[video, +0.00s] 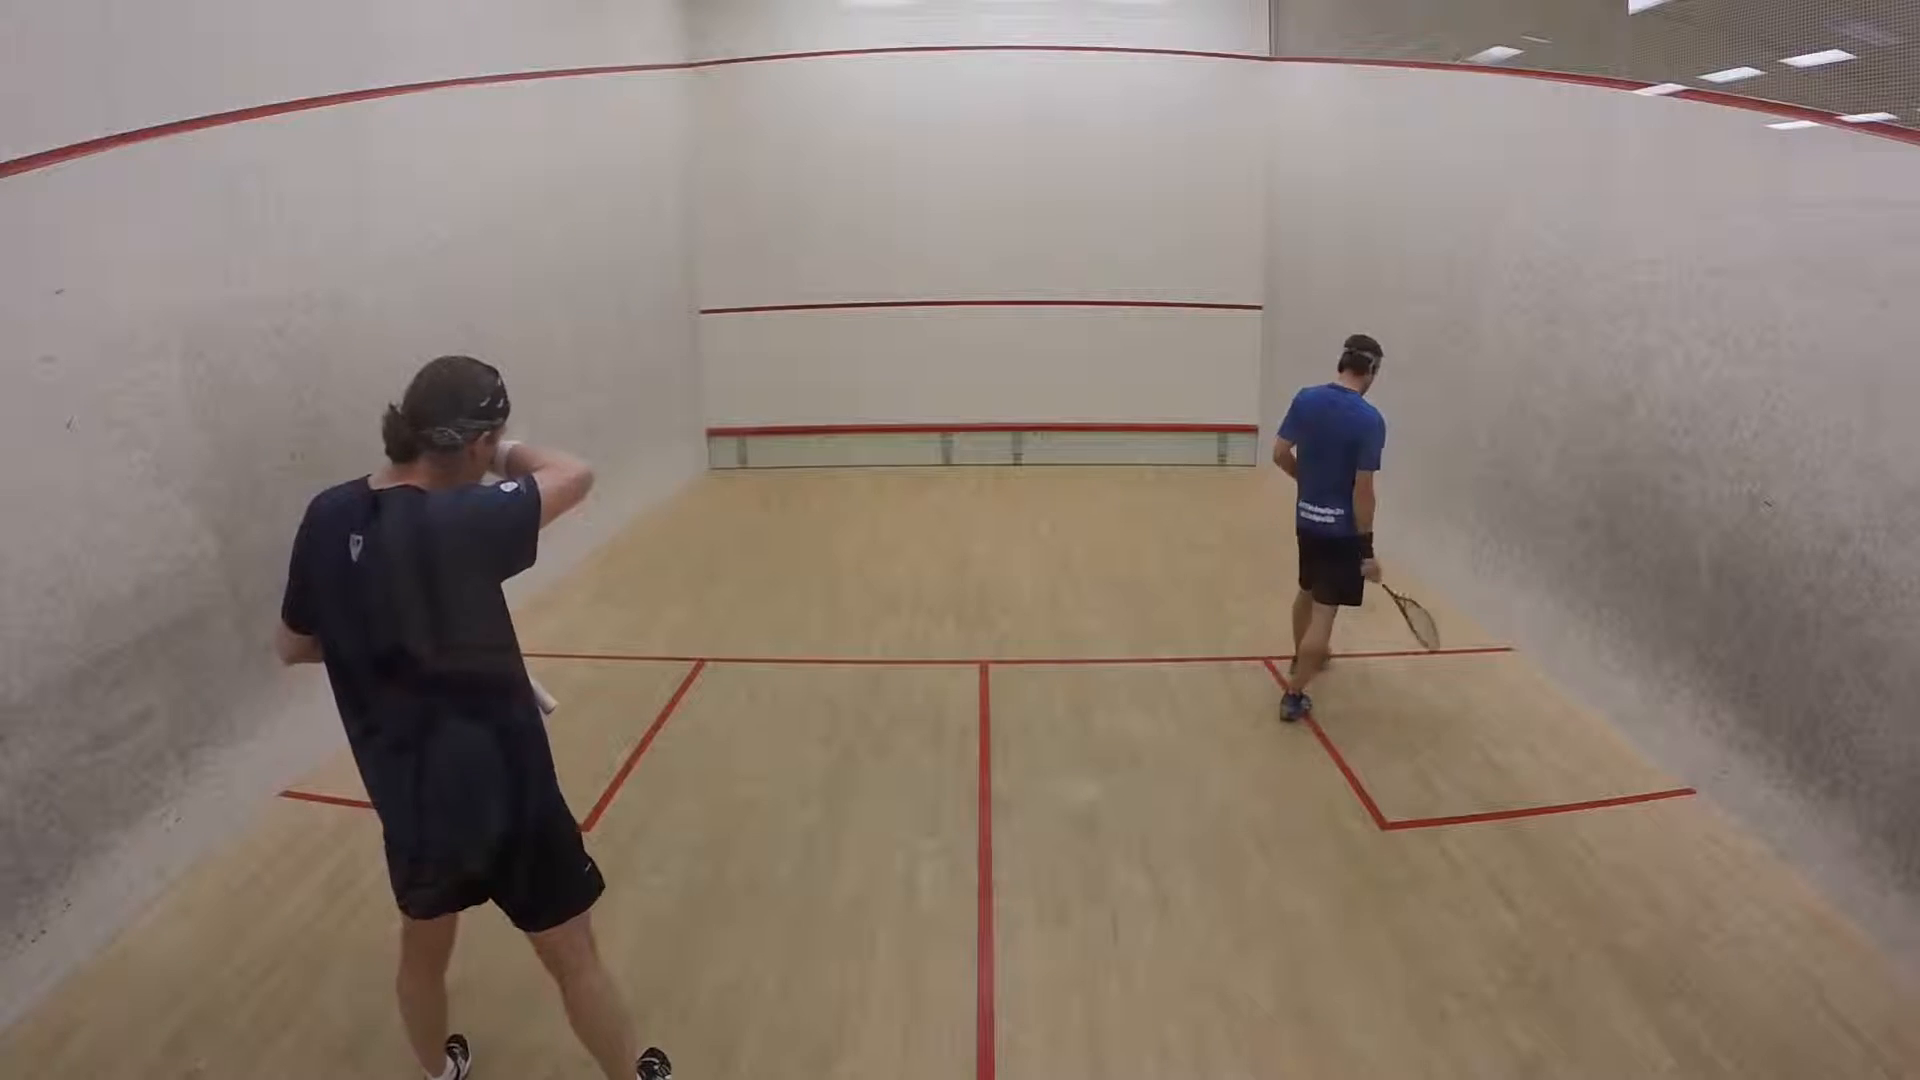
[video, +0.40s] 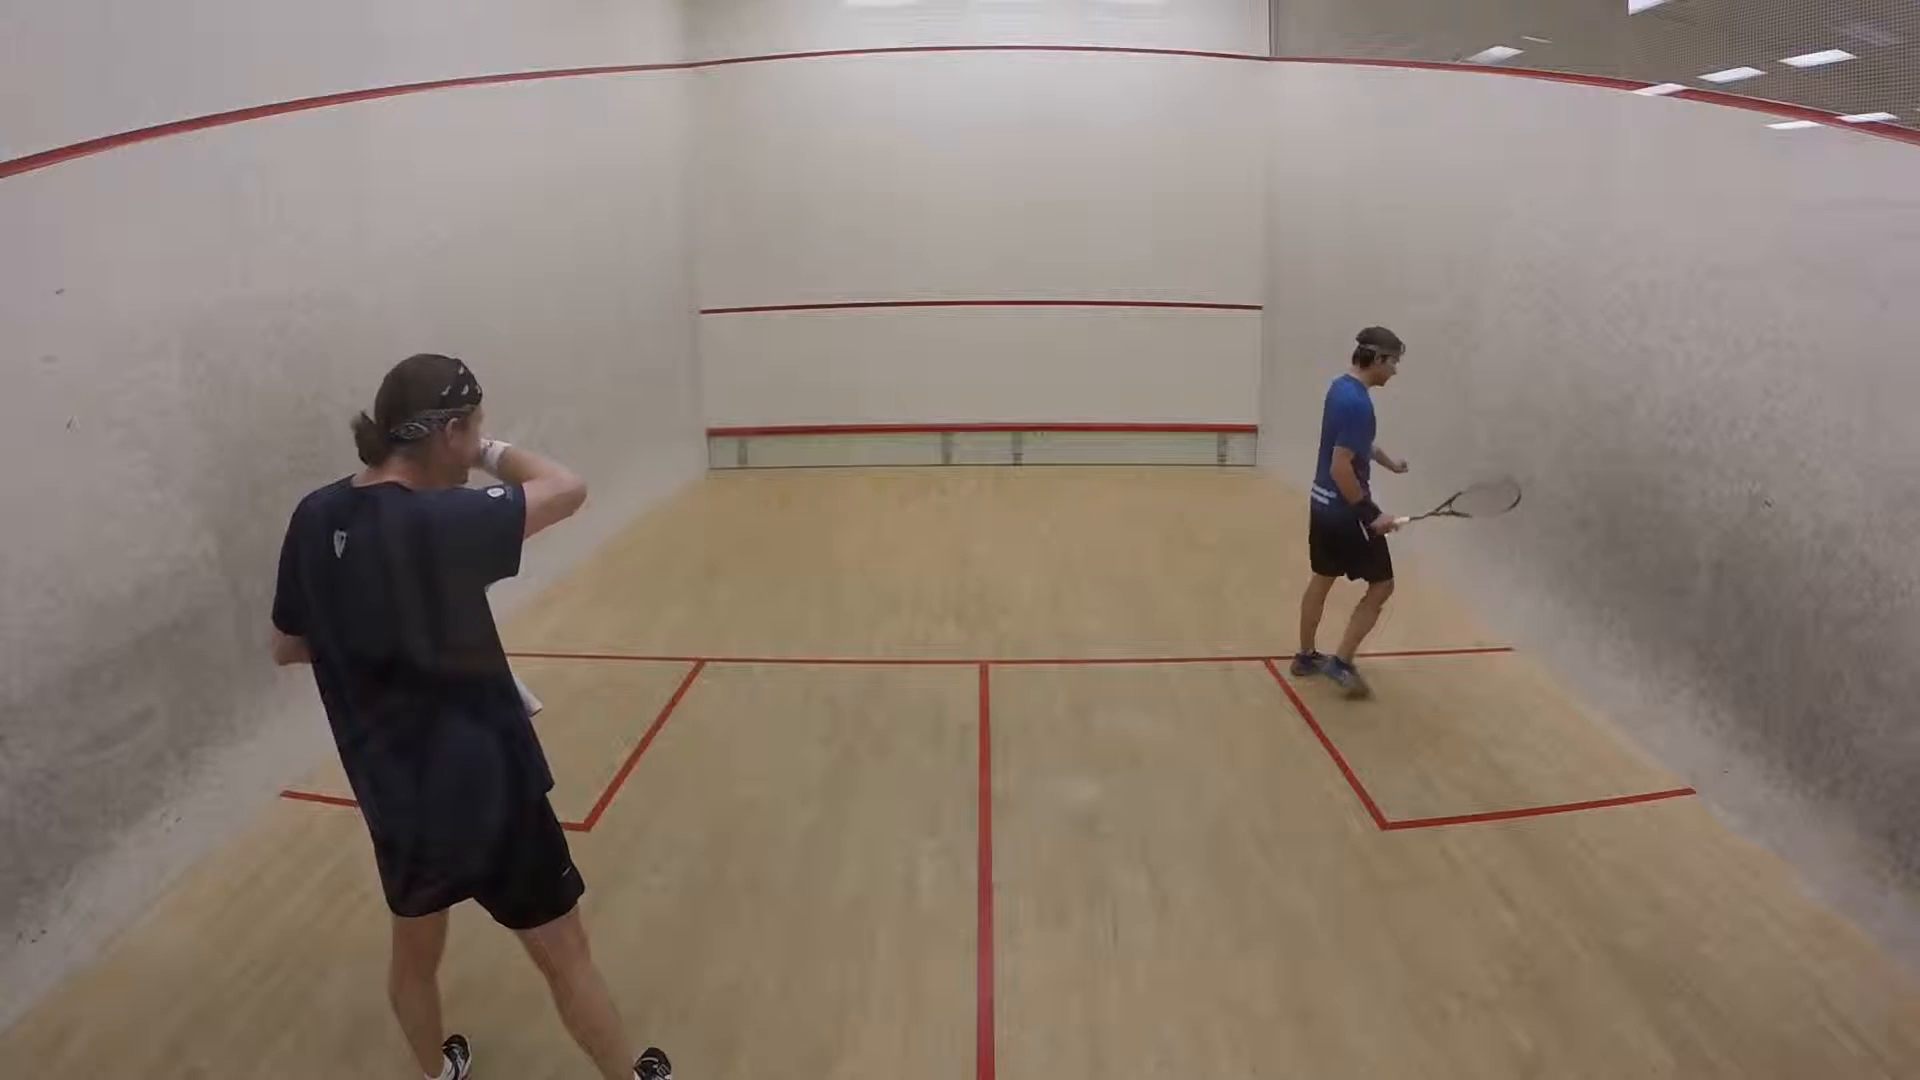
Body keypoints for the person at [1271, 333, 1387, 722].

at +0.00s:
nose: (1373, 379)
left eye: (1370, 371)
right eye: (1374, 372)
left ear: (1340, 364)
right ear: (1371, 372)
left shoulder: (1307, 398)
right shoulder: (1369, 420)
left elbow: (1281, 452)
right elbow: (1363, 490)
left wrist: (1309, 480)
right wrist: (1367, 548)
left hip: (1306, 522)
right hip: (1340, 530)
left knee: (1307, 592)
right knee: (1322, 614)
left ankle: (1302, 660)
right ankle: (1293, 695)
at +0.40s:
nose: (1395, 371)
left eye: (1396, 363)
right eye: (1393, 362)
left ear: (1364, 358)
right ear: (1376, 360)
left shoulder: (1339, 388)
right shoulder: (1358, 404)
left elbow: (1357, 437)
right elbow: (1340, 467)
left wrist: (1388, 461)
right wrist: (1370, 515)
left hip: (1322, 504)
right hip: (1348, 510)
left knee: (1322, 577)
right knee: (1381, 585)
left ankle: (1305, 655)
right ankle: (1341, 662)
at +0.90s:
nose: (1431, 371)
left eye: (1433, 363)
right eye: (1426, 361)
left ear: (1404, 362)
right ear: (1402, 358)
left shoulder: (1388, 395)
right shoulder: (1387, 403)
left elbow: (1375, 461)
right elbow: (1375, 470)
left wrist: (1407, 492)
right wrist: (1423, 494)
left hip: (1360, 508)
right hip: (1376, 516)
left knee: (1355, 579)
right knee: (1382, 594)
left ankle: (1314, 645)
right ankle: (1369, 676)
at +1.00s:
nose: (1441, 373)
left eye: (1442, 366)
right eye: (1437, 365)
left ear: (1413, 363)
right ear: (1412, 362)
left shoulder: (1390, 394)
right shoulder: (1395, 405)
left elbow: (1377, 462)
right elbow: (1383, 473)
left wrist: (1400, 492)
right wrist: (1433, 495)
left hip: (1359, 507)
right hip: (1378, 517)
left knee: (1356, 581)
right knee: (1382, 597)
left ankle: (1316, 645)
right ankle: (1368, 676)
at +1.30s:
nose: (1450, 387)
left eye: (1452, 379)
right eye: (1452, 379)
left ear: (1420, 368)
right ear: (1442, 378)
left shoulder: (1393, 397)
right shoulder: (1408, 414)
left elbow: (1377, 463)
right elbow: (1395, 483)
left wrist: (1404, 496)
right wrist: (1447, 507)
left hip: (1349, 507)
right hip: (1373, 521)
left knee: (1351, 583)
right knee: (1380, 599)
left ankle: (1314, 647)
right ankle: (1367, 677)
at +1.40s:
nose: (1449, 390)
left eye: (1452, 382)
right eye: (1451, 382)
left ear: (1420, 369)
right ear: (1442, 379)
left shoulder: (1393, 398)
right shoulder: (1408, 416)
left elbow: (1379, 465)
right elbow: (1396, 484)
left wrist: (1410, 497)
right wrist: (1447, 513)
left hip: (1345, 507)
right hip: (1369, 521)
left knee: (1347, 582)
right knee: (1377, 599)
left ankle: (1306, 646)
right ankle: (1367, 677)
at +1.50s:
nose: (1446, 391)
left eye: (1449, 384)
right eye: (1448, 384)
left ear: (1417, 372)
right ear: (1440, 382)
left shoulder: (1390, 398)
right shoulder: (1406, 417)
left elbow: (1374, 463)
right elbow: (1396, 485)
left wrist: (1406, 495)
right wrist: (1447, 512)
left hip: (1340, 507)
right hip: (1365, 522)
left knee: (1340, 582)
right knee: (1375, 599)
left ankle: (1295, 644)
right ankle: (1367, 677)